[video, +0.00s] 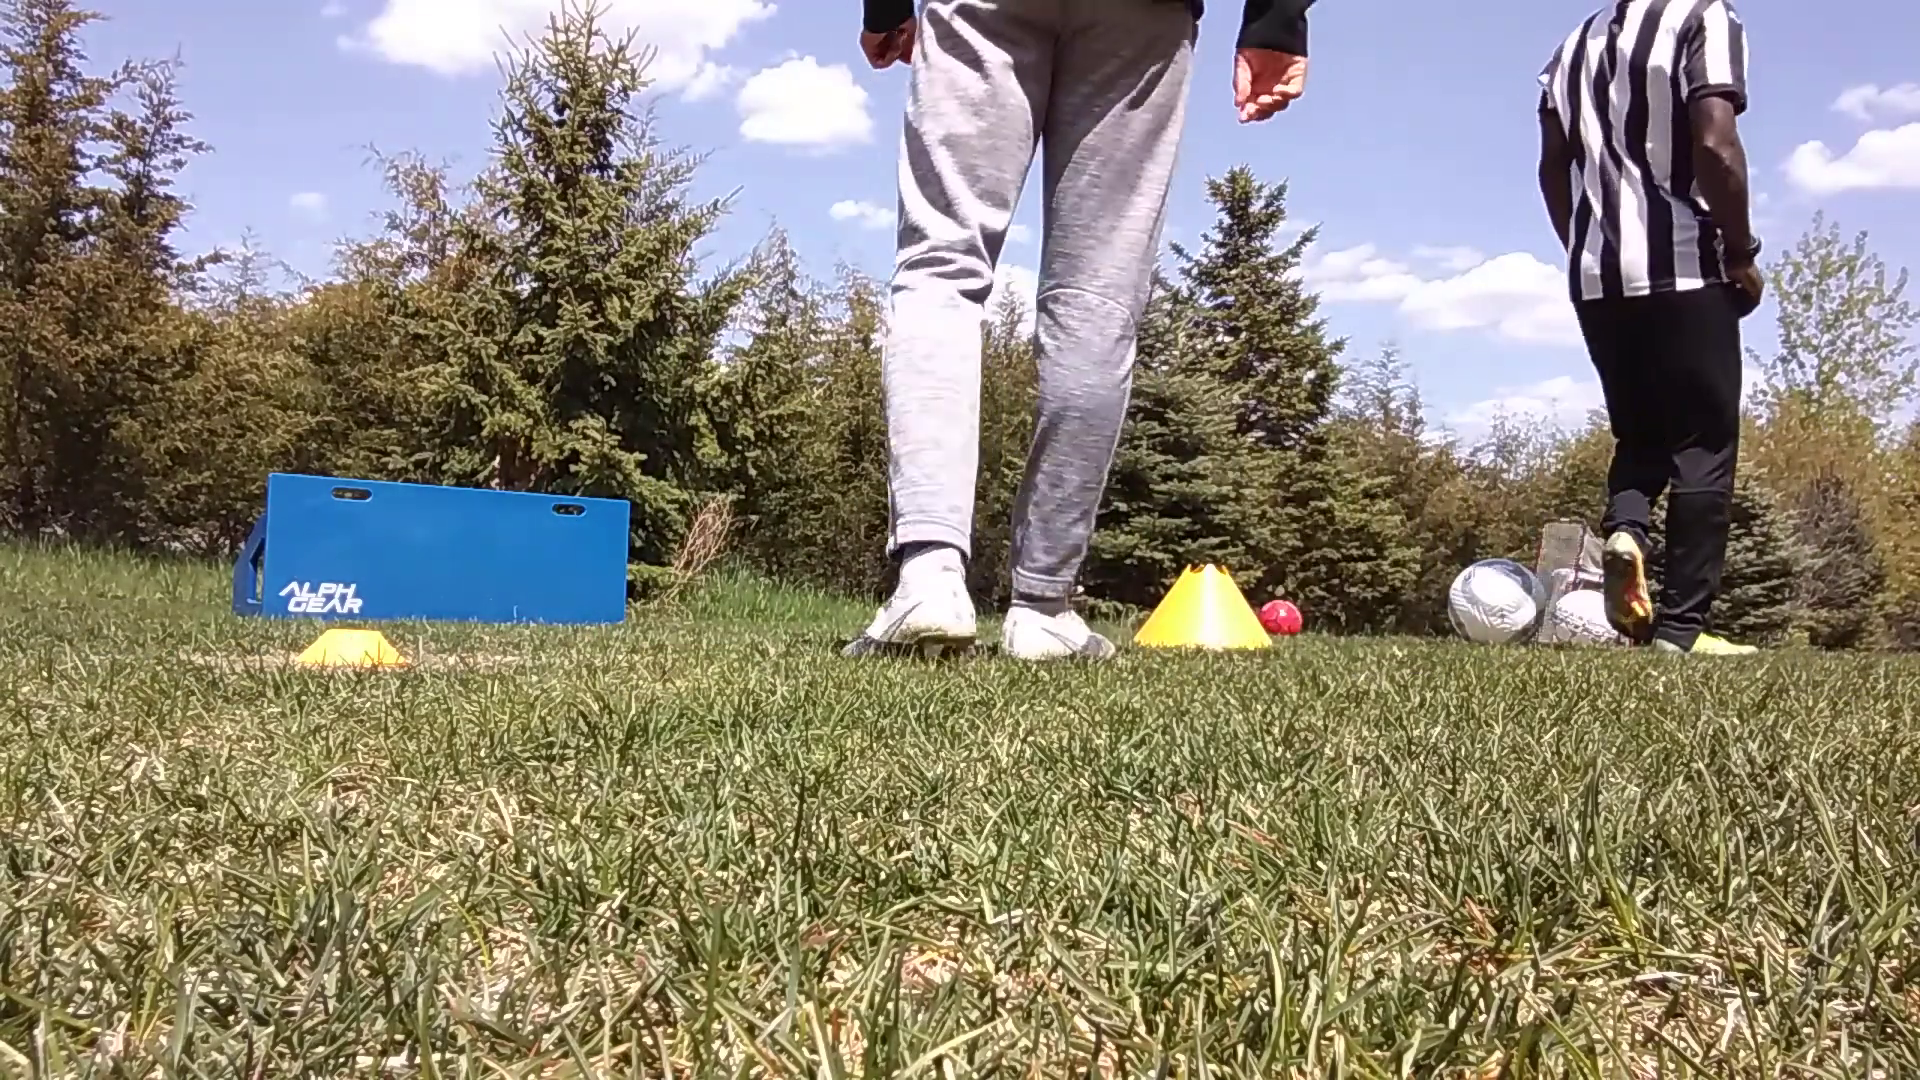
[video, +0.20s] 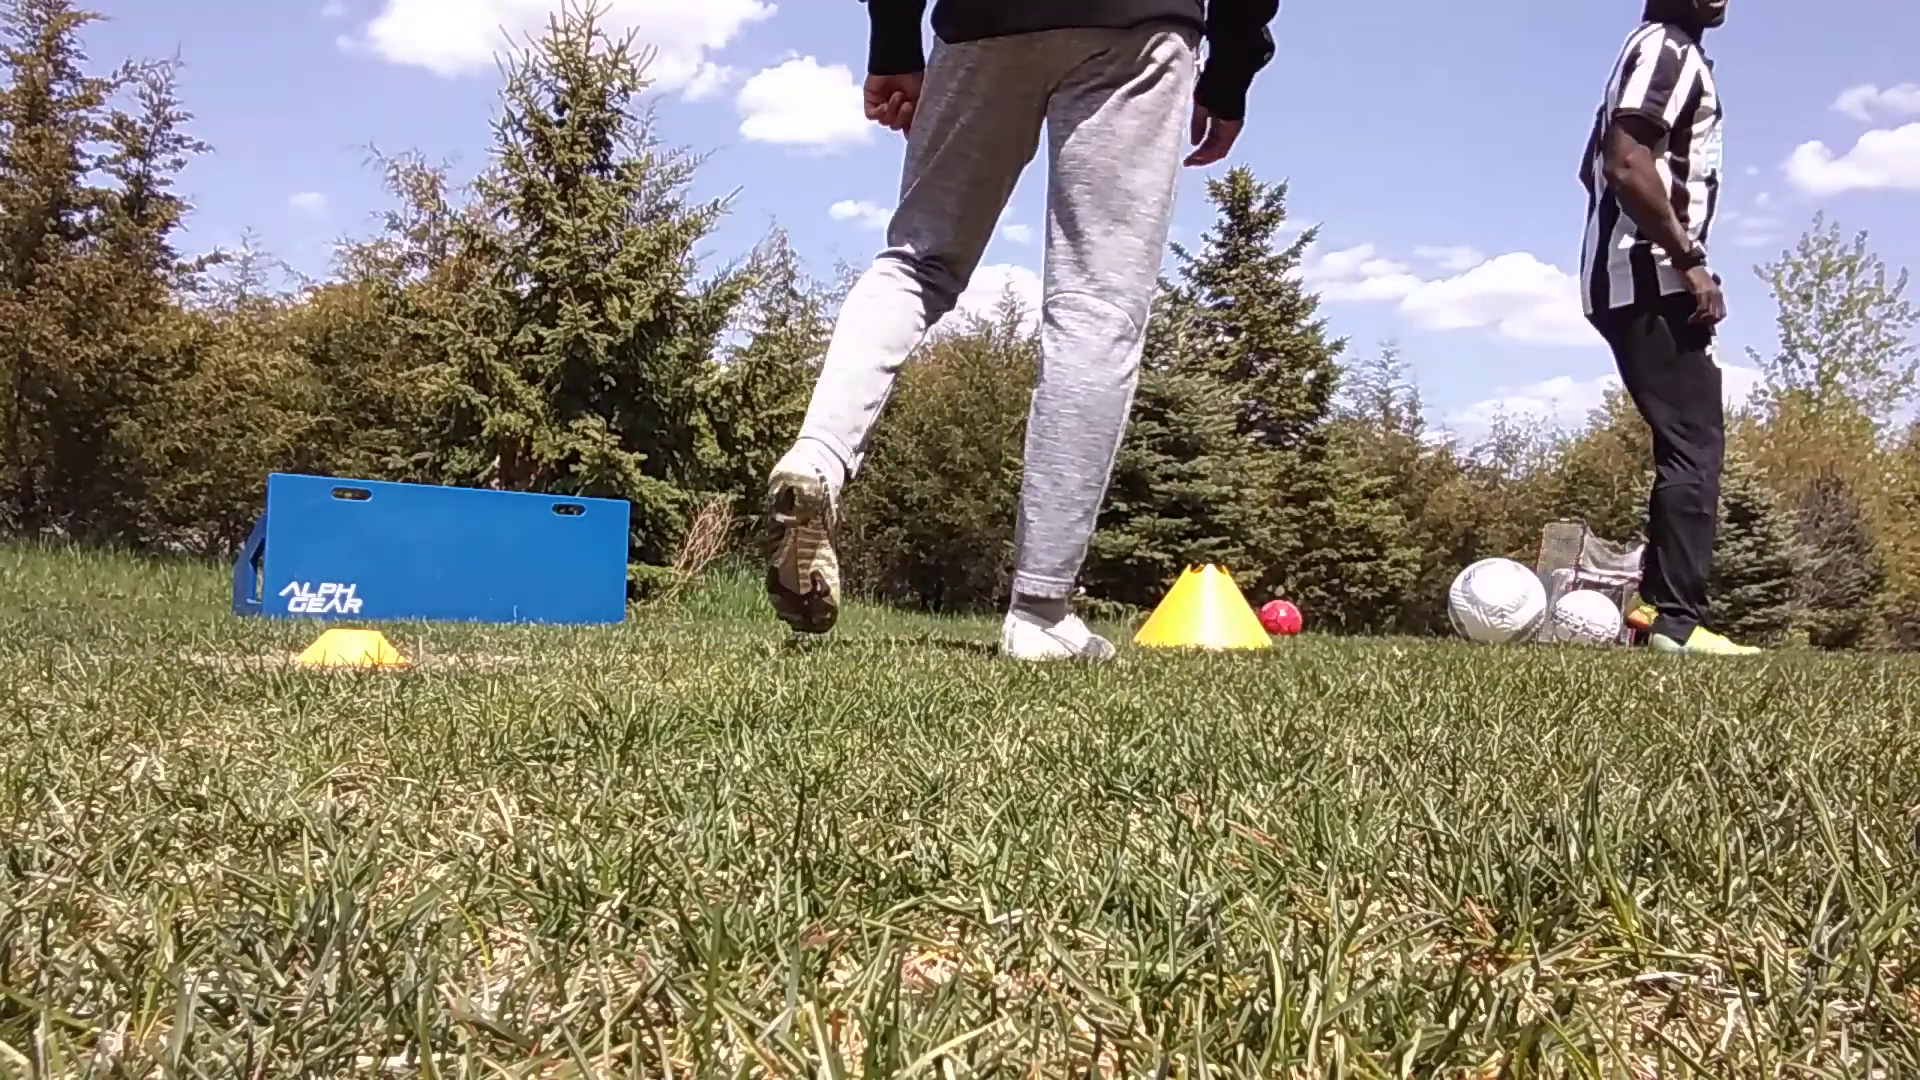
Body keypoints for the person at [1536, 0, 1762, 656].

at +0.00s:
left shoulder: (1570, 45)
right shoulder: (1705, 16)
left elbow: (1553, 172)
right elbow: (1713, 145)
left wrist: (1587, 252)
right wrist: (1741, 251)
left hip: (1597, 278)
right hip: (1683, 270)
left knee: (1639, 434)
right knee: (1707, 444)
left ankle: (1626, 532)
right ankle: (1683, 625)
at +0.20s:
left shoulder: (1649, 45)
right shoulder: (1669, 47)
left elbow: (1593, 167)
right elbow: (1627, 160)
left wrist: (1654, 246)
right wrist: (1692, 261)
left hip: (1634, 284)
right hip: (1653, 282)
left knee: (1684, 446)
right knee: (1695, 447)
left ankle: (1660, 602)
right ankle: (1678, 621)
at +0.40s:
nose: (1661, 37)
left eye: (1676, 23)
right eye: (1646, 25)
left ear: (1700, 27)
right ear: (1624, 31)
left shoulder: (1725, 113)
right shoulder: (1589, 108)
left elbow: (1732, 212)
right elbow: (1526, 208)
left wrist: (1722, 291)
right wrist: (1574, 288)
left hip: (1679, 319)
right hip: (1607, 311)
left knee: (1689, 466)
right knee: (1669, 428)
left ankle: (1641, 618)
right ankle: (1664, 610)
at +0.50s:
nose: (1629, 42)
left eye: (1644, 27)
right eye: (1617, 29)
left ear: (1676, 26)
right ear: (1601, 30)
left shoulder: (1715, 110)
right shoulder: (1565, 108)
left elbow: (1733, 198)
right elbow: (1496, 192)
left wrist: (1710, 272)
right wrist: (1537, 257)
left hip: (1667, 312)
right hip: (1586, 304)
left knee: (1673, 462)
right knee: (1628, 431)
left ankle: (1650, 613)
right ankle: (1614, 595)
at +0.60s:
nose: (1598, 49)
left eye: (1612, 35)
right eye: (1587, 37)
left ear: (1648, 33)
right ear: (1575, 40)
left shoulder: (1696, 109)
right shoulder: (1544, 116)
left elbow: (1726, 182)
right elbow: (1489, 189)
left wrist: (1701, 262)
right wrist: (1516, 261)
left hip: (1656, 313)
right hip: (1571, 311)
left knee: (1662, 468)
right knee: (1561, 457)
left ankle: (1646, 617)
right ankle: (1541, 602)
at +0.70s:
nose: (1570, 69)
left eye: (1584, 53)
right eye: (1558, 57)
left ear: (1618, 50)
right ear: (1547, 61)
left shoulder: (1671, 116)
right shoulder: (1521, 133)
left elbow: (1712, 179)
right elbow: (1480, 204)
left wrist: (1685, 260)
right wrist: (1506, 279)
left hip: (1641, 324)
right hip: (1553, 327)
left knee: (1666, 469)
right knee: (1524, 472)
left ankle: (1646, 619)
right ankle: (1511, 610)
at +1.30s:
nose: (1546, 124)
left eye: (1561, 110)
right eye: (1535, 110)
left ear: (1595, 90)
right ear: (1522, 96)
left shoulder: (1650, 131)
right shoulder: (1504, 150)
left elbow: (1709, 184)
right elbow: (1505, 231)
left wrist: (1647, 234)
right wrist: (1492, 305)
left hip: (1633, 323)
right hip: (1554, 331)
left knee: (1626, 449)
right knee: (1503, 457)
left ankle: (1637, 616)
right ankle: (1512, 604)